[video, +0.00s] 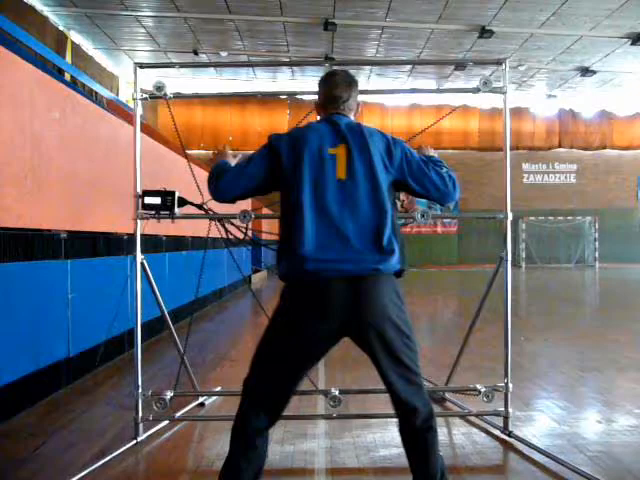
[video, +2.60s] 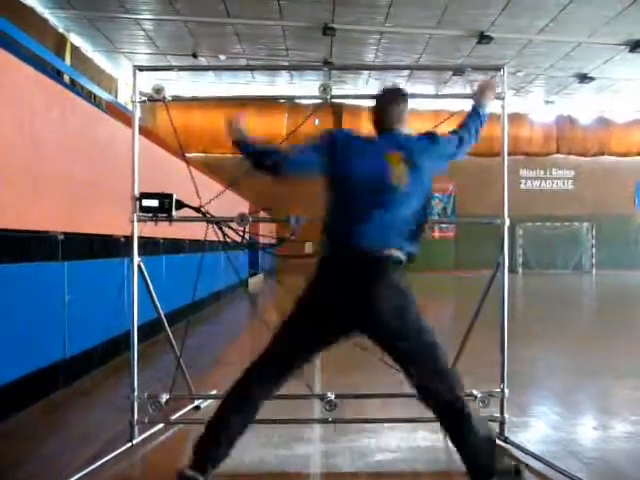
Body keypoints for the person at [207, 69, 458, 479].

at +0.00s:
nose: (342, 106)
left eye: (322, 98)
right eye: (352, 100)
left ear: (317, 103)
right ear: (356, 105)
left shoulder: (290, 145)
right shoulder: (381, 145)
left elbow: (225, 188)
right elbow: (446, 190)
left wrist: (221, 164)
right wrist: (425, 159)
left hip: (310, 293)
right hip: (375, 292)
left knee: (259, 402)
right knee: (413, 399)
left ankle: (237, 476)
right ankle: (432, 475)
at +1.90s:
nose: (306, 109)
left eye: (295, 100)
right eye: (315, 101)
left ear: (282, 107)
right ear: (319, 109)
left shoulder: (256, 158)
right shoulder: (345, 154)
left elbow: (200, 173)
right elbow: (403, 195)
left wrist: (193, 146)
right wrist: (397, 166)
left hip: (282, 301)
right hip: (343, 301)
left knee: (220, 379)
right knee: (387, 397)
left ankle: (196, 472)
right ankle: (423, 474)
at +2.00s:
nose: (276, 119)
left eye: (264, 114)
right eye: (276, 115)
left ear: (241, 121)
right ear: (276, 122)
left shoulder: (222, 159)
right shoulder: (296, 166)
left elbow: (190, 141)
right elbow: (343, 221)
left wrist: (165, 110)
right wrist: (374, 202)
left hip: (254, 296)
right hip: (306, 294)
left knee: (196, 392)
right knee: (368, 389)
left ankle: (150, 471)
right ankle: (417, 471)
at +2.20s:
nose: (284, 147)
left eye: (283, 139)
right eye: (281, 140)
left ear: (242, 145)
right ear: (272, 144)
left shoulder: (210, 187)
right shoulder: (289, 188)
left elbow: (169, 194)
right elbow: (312, 247)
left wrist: (162, 159)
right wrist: (365, 231)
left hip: (229, 314)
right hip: (282, 316)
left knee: (171, 395)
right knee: (347, 400)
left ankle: (141, 472)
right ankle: (377, 472)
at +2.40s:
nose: (337, 121)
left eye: (336, 114)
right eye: (336, 114)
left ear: (295, 114)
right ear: (329, 116)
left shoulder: (266, 150)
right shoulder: (344, 152)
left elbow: (228, 141)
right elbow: (398, 193)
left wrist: (266, 120)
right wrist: (400, 161)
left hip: (287, 287)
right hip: (336, 286)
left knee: (240, 374)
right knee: (370, 358)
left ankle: (233, 472)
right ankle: (358, 461)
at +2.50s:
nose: (365, 110)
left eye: (361, 103)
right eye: (364, 104)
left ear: (325, 105)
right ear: (360, 106)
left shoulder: (293, 135)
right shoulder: (369, 145)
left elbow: (242, 116)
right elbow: (436, 175)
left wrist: (257, 81)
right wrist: (438, 148)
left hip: (298, 278)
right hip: (351, 279)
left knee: (264, 373)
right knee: (415, 358)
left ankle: (235, 469)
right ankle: (423, 448)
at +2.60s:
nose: (399, 113)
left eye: (393, 106)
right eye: (402, 108)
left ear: (373, 115)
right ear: (407, 117)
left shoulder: (343, 145)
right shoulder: (424, 151)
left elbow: (285, 163)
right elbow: (463, 140)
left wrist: (245, 144)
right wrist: (481, 104)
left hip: (331, 282)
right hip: (383, 286)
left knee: (267, 371)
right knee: (440, 387)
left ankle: (199, 464)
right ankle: (489, 469)